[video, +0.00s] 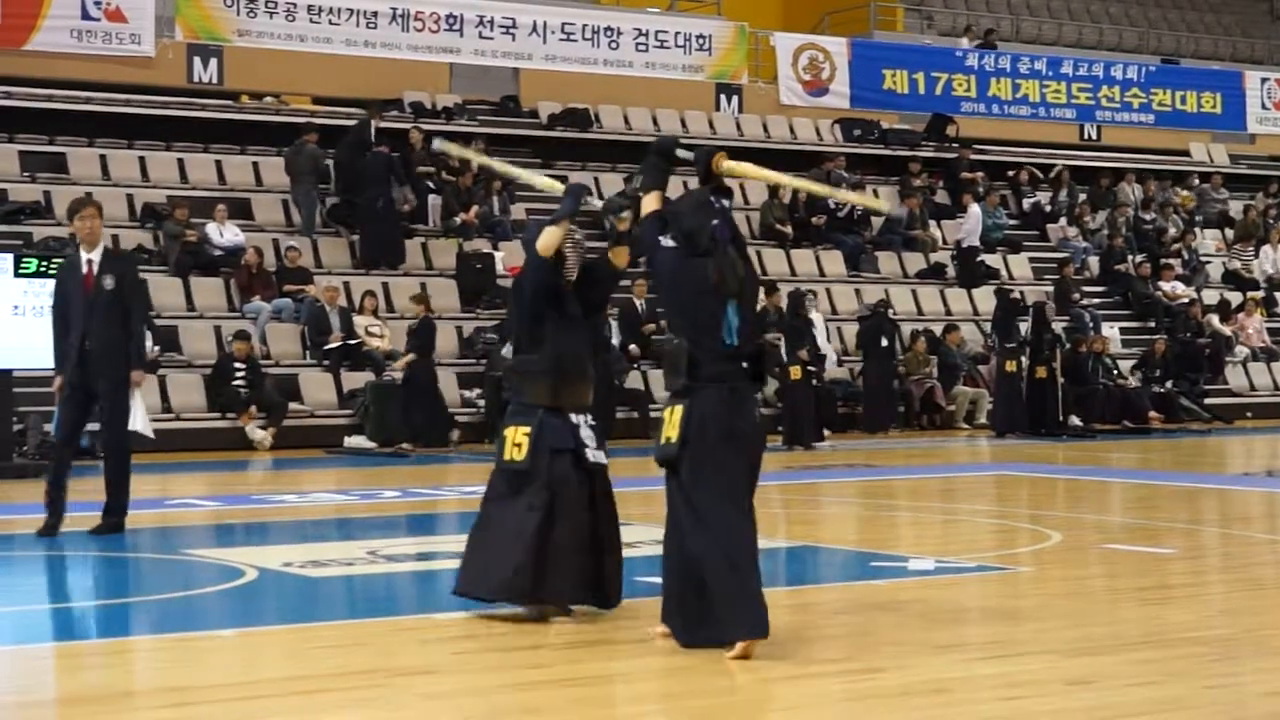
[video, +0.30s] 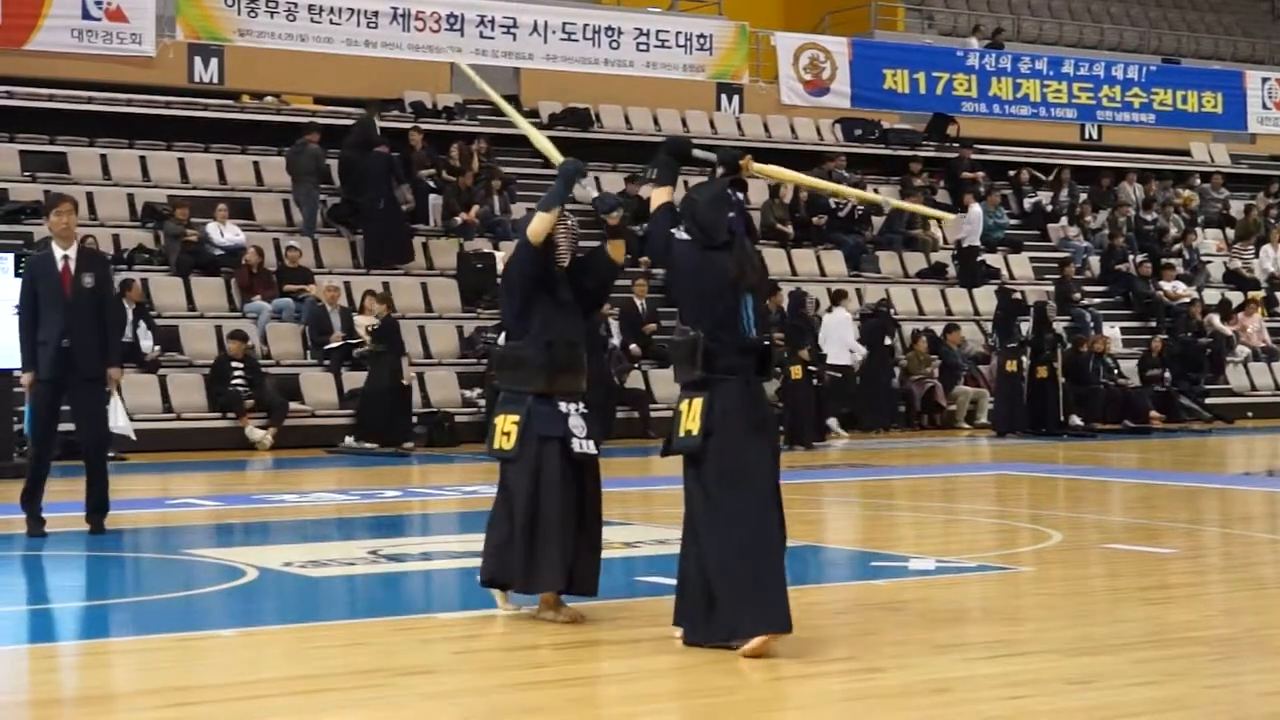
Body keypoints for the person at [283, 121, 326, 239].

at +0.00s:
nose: (316, 138)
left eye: (316, 135)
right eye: (315, 135)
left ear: (304, 134)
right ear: (310, 135)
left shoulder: (291, 150)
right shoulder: (314, 150)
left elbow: (288, 170)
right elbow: (322, 171)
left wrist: (297, 176)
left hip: (295, 187)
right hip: (309, 188)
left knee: (305, 220)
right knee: (309, 221)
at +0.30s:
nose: (318, 138)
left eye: (318, 135)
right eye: (317, 135)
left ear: (306, 134)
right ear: (311, 135)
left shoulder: (293, 149)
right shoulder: (315, 149)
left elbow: (289, 169)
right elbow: (322, 170)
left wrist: (297, 177)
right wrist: (330, 183)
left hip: (296, 186)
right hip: (311, 187)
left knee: (308, 219)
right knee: (310, 220)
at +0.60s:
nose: (320, 138)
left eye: (320, 135)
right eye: (319, 135)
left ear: (307, 135)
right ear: (315, 135)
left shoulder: (295, 150)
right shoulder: (318, 151)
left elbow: (290, 167)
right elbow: (326, 170)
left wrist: (299, 174)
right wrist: (331, 183)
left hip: (298, 185)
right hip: (312, 186)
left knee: (309, 214)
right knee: (311, 216)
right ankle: (310, 239)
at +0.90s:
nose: (324, 138)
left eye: (324, 135)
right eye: (323, 135)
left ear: (311, 135)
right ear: (318, 135)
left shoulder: (299, 150)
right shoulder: (322, 151)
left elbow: (294, 166)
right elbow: (332, 167)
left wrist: (298, 178)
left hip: (302, 187)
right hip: (315, 187)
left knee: (311, 217)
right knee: (313, 219)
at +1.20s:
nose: (326, 136)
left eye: (326, 134)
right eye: (326, 134)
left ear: (314, 134)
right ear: (323, 134)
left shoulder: (305, 147)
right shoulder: (325, 149)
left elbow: (300, 165)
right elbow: (337, 164)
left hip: (306, 185)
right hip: (319, 186)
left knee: (314, 213)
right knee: (317, 215)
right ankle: (314, 238)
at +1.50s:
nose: (327, 137)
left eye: (326, 135)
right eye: (325, 135)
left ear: (315, 135)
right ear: (322, 136)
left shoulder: (307, 148)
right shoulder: (325, 148)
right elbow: (340, 162)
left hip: (309, 185)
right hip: (321, 186)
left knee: (316, 218)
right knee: (321, 220)